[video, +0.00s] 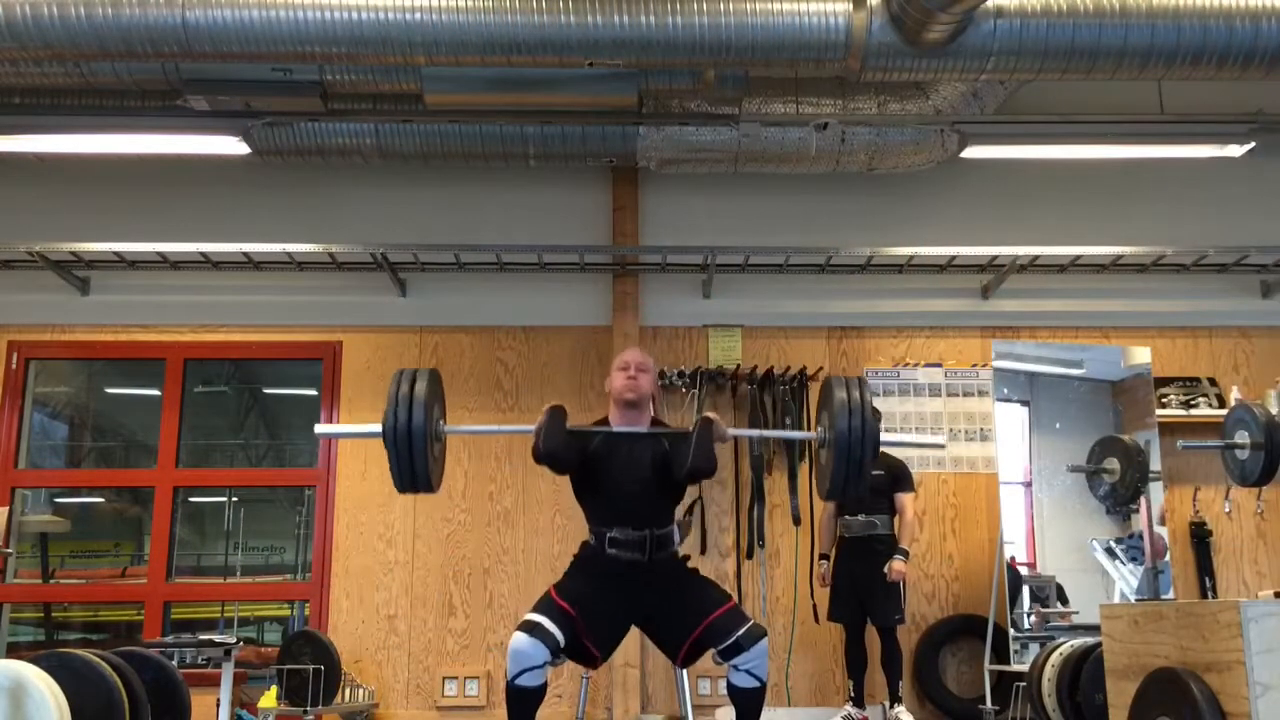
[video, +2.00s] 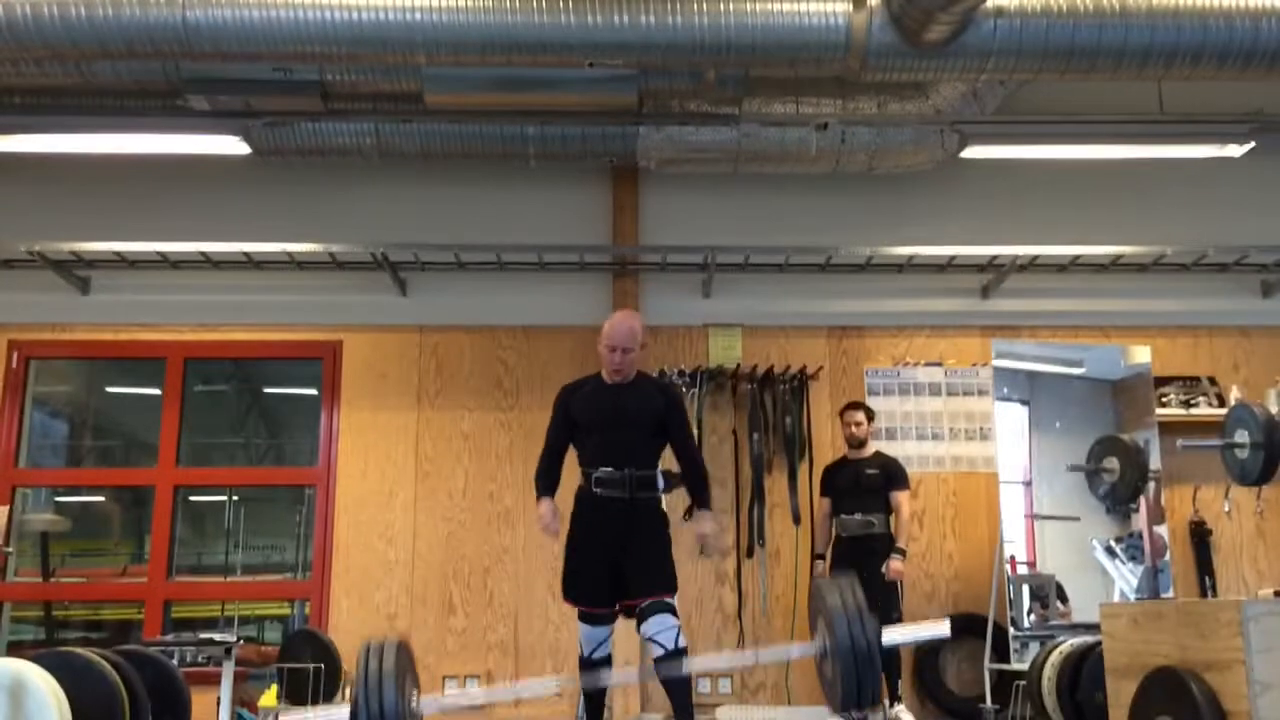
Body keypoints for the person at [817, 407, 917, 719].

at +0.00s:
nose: (862, 430)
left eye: (867, 423)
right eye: (856, 424)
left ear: (876, 426)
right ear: (847, 428)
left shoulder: (894, 468)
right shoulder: (841, 467)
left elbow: (907, 515)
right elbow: (829, 514)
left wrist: (901, 555)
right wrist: (824, 557)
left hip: (882, 558)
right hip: (848, 557)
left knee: (886, 632)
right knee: (853, 632)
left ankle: (896, 704)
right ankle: (856, 705)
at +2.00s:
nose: (853, 429)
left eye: (858, 424)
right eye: (848, 424)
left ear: (870, 426)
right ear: (841, 428)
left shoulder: (888, 465)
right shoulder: (832, 471)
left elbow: (904, 511)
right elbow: (824, 517)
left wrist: (899, 553)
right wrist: (819, 558)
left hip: (879, 560)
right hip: (844, 562)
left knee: (887, 630)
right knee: (847, 631)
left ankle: (895, 700)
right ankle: (856, 702)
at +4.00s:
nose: (853, 432)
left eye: (858, 426)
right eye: (847, 427)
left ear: (869, 426)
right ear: (840, 428)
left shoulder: (889, 458)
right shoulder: (831, 464)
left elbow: (922, 491)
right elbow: (812, 502)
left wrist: (896, 512)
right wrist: (819, 519)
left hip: (879, 553)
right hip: (845, 555)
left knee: (885, 630)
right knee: (852, 632)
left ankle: (896, 704)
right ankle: (858, 706)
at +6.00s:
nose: (858, 435)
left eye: (863, 429)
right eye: (853, 429)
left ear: (875, 428)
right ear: (846, 429)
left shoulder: (893, 465)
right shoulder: (837, 468)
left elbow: (908, 509)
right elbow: (826, 513)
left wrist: (908, 551)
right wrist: (820, 552)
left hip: (882, 558)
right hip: (847, 558)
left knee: (887, 632)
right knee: (853, 633)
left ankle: (896, 704)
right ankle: (858, 705)